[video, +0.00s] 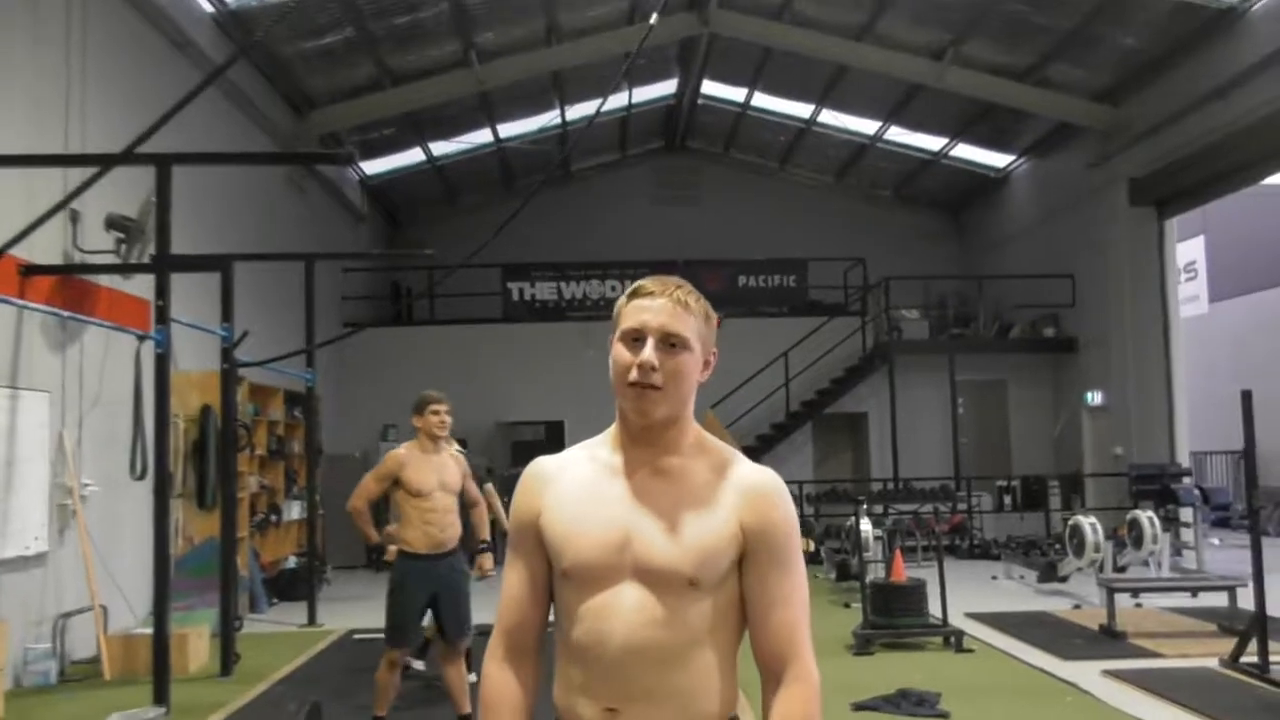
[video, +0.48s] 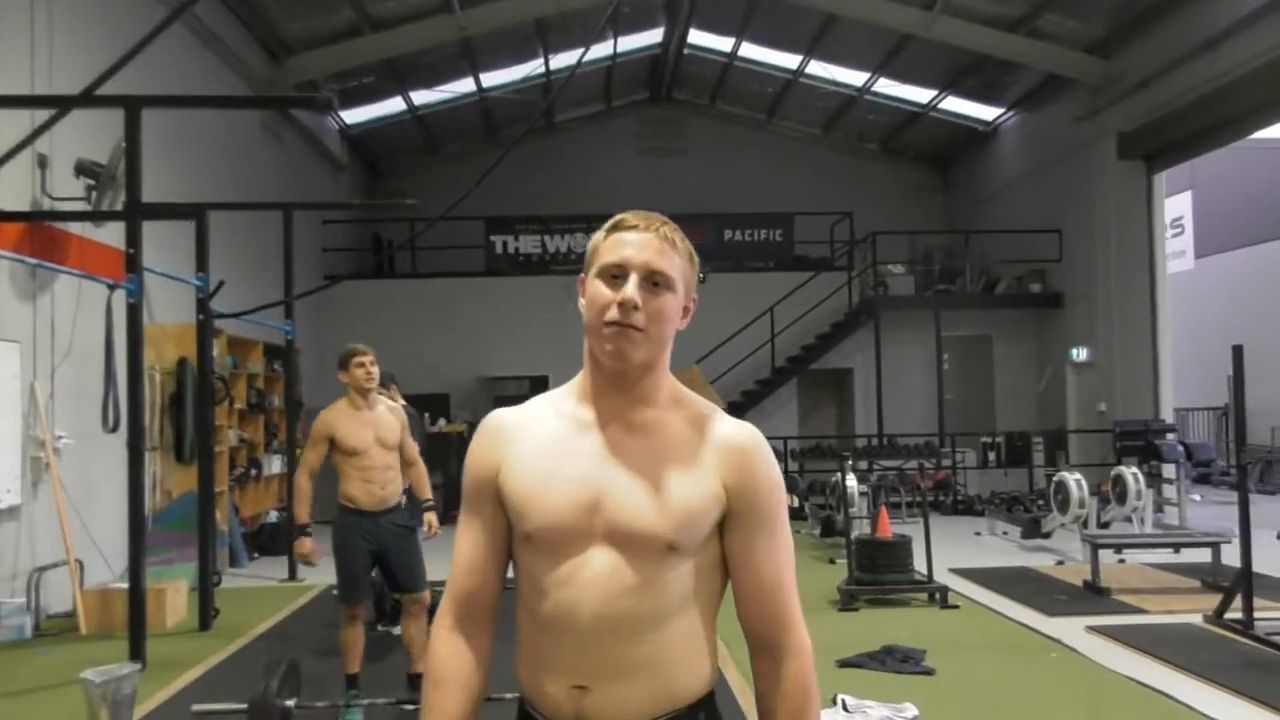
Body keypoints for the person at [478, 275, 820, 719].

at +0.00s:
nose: (646, 359)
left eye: (671, 344)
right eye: (633, 340)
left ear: (706, 365)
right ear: (611, 351)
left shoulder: (754, 494)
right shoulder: (546, 483)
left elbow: (790, 676)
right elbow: (510, 659)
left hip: (708, 710)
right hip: (580, 709)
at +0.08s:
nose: (652, 347)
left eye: (677, 333)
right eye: (637, 328)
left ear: (710, 354)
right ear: (614, 339)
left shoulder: (758, 484)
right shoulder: (545, 472)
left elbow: (793, 665)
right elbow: (507, 650)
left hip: (714, 711)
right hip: (581, 711)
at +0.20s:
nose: (653, 328)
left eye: (678, 315)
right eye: (638, 308)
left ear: (709, 337)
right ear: (611, 322)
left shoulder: (757, 470)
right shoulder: (538, 457)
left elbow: (792, 654)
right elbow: (498, 639)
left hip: (708, 712)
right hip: (573, 713)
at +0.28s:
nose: (649, 317)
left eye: (675, 304)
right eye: (634, 297)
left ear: (705, 329)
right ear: (606, 311)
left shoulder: (753, 462)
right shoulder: (531, 449)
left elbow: (789, 651)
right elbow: (489, 632)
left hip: (702, 711)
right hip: (565, 713)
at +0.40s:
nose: (639, 303)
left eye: (665, 290)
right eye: (623, 283)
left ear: (695, 317)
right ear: (593, 298)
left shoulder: (743, 454)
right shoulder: (516, 440)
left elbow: (785, 650)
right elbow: (473, 625)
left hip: (692, 710)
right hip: (551, 712)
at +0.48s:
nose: (628, 297)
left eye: (655, 284)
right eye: (612, 276)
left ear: (685, 312)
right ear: (582, 293)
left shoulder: (734, 452)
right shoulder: (504, 438)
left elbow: (779, 650)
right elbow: (461, 627)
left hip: (686, 711)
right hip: (541, 712)